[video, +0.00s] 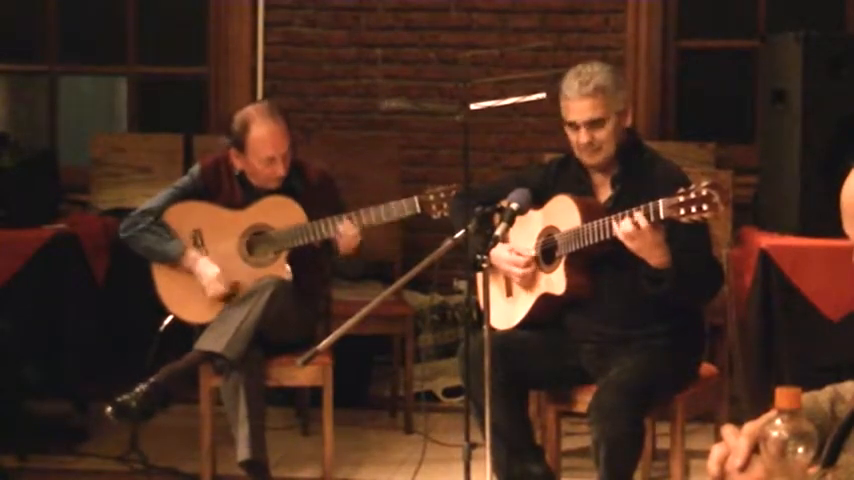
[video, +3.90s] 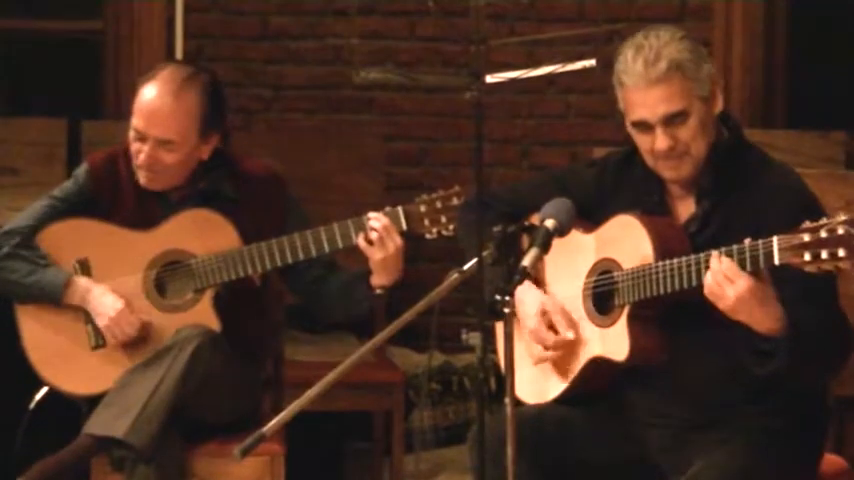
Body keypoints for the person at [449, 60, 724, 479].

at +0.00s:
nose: (585, 138)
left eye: (597, 125)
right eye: (573, 127)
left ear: (624, 117)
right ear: (563, 124)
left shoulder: (666, 183)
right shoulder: (557, 177)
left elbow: (705, 284)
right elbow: (467, 202)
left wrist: (662, 259)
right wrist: (489, 249)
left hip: (652, 344)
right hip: (572, 338)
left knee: (613, 404)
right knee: (484, 352)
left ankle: (613, 474)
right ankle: (525, 471)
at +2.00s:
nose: (618, 147)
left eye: (631, 129)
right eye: (603, 133)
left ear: (664, 113)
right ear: (590, 128)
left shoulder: (715, 187)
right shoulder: (583, 179)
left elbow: (756, 315)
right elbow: (476, 208)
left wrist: (704, 292)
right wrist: (498, 273)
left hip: (700, 378)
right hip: (605, 370)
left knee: (657, 446)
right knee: (500, 393)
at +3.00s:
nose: (656, 158)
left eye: (670, 136)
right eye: (637, 143)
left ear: (704, 113)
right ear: (618, 131)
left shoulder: (761, 198)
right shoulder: (604, 181)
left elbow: (805, 348)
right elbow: (479, 211)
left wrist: (745, 329)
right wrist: (508, 286)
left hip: (736, 406)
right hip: (622, 397)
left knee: (712, 460)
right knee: (499, 428)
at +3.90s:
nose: (663, 144)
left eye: (677, 120)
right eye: (643, 127)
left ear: (714, 101)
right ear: (624, 123)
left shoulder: (775, 195)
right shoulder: (612, 181)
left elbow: (830, 348)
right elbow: (482, 212)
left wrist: (774, 324)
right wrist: (516, 289)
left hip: (744, 421)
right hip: (625, 410)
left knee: (722, 467)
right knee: (501, 436)